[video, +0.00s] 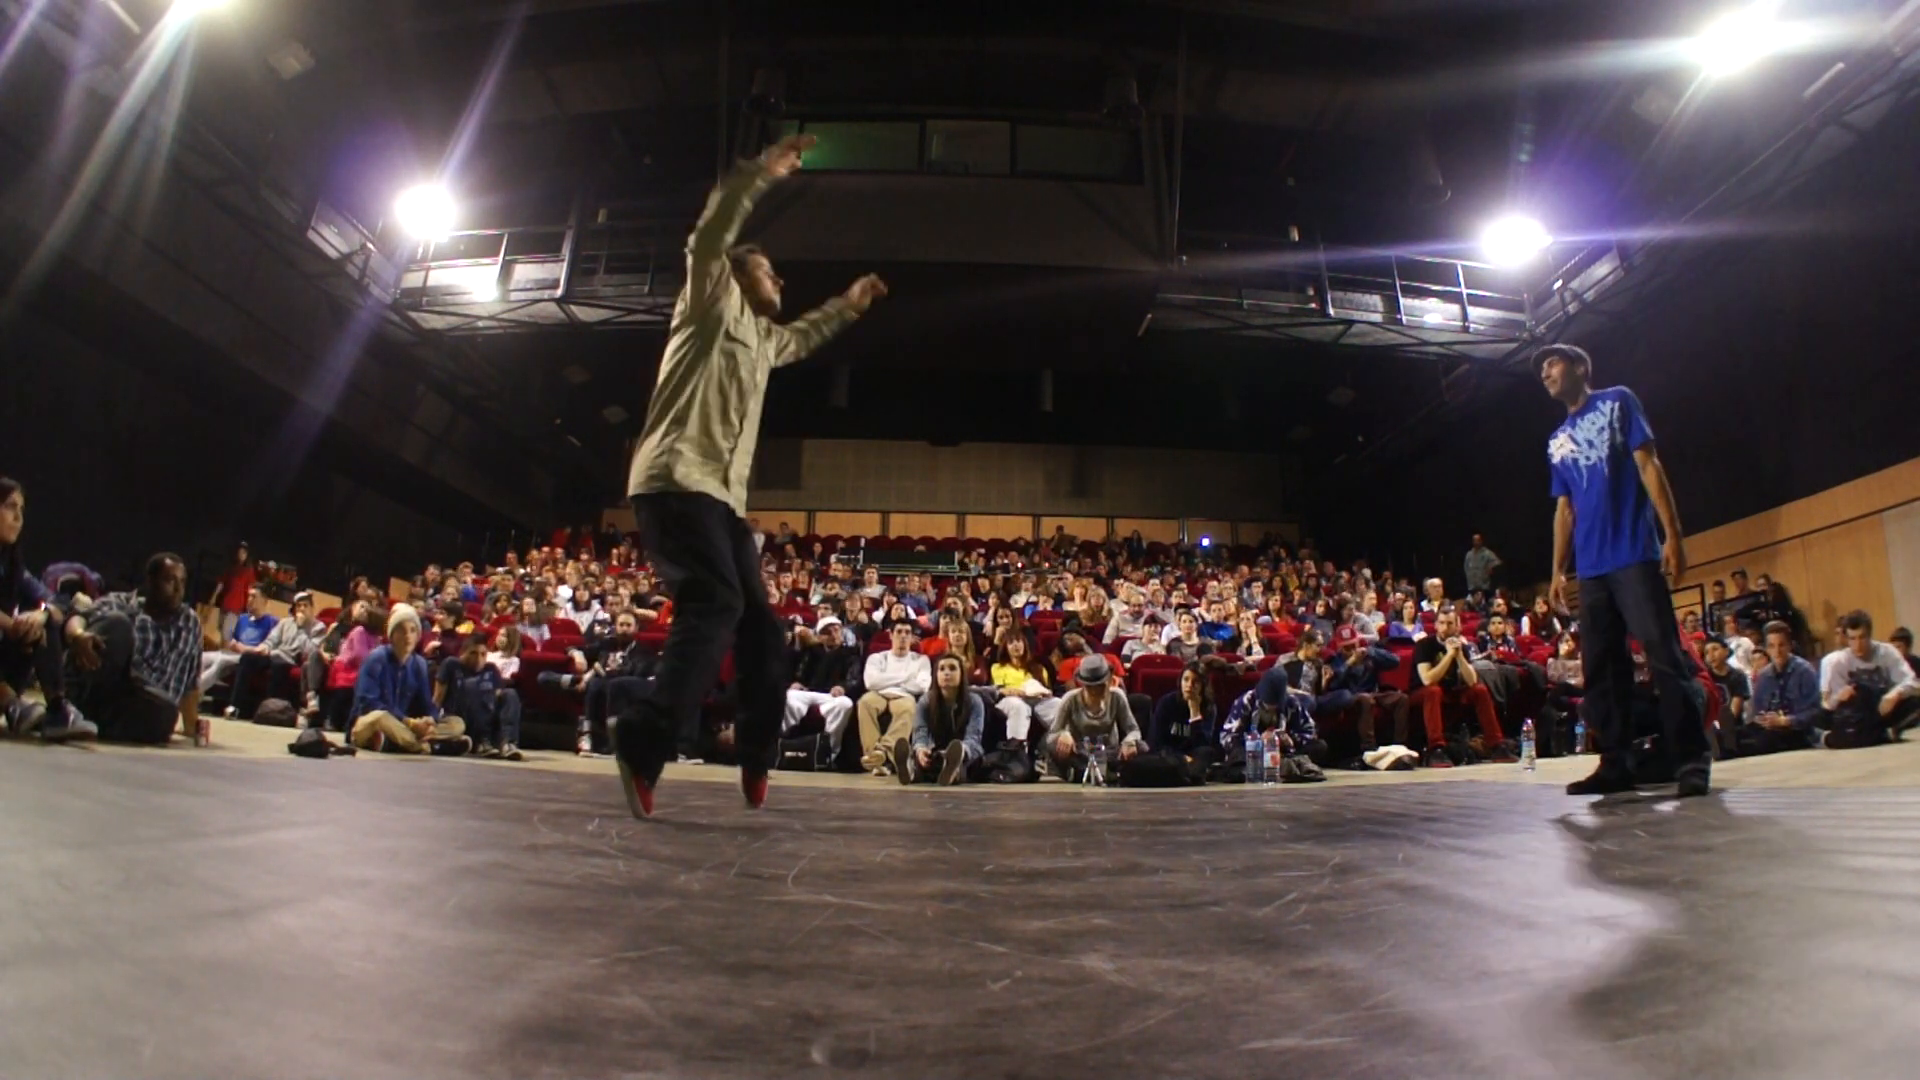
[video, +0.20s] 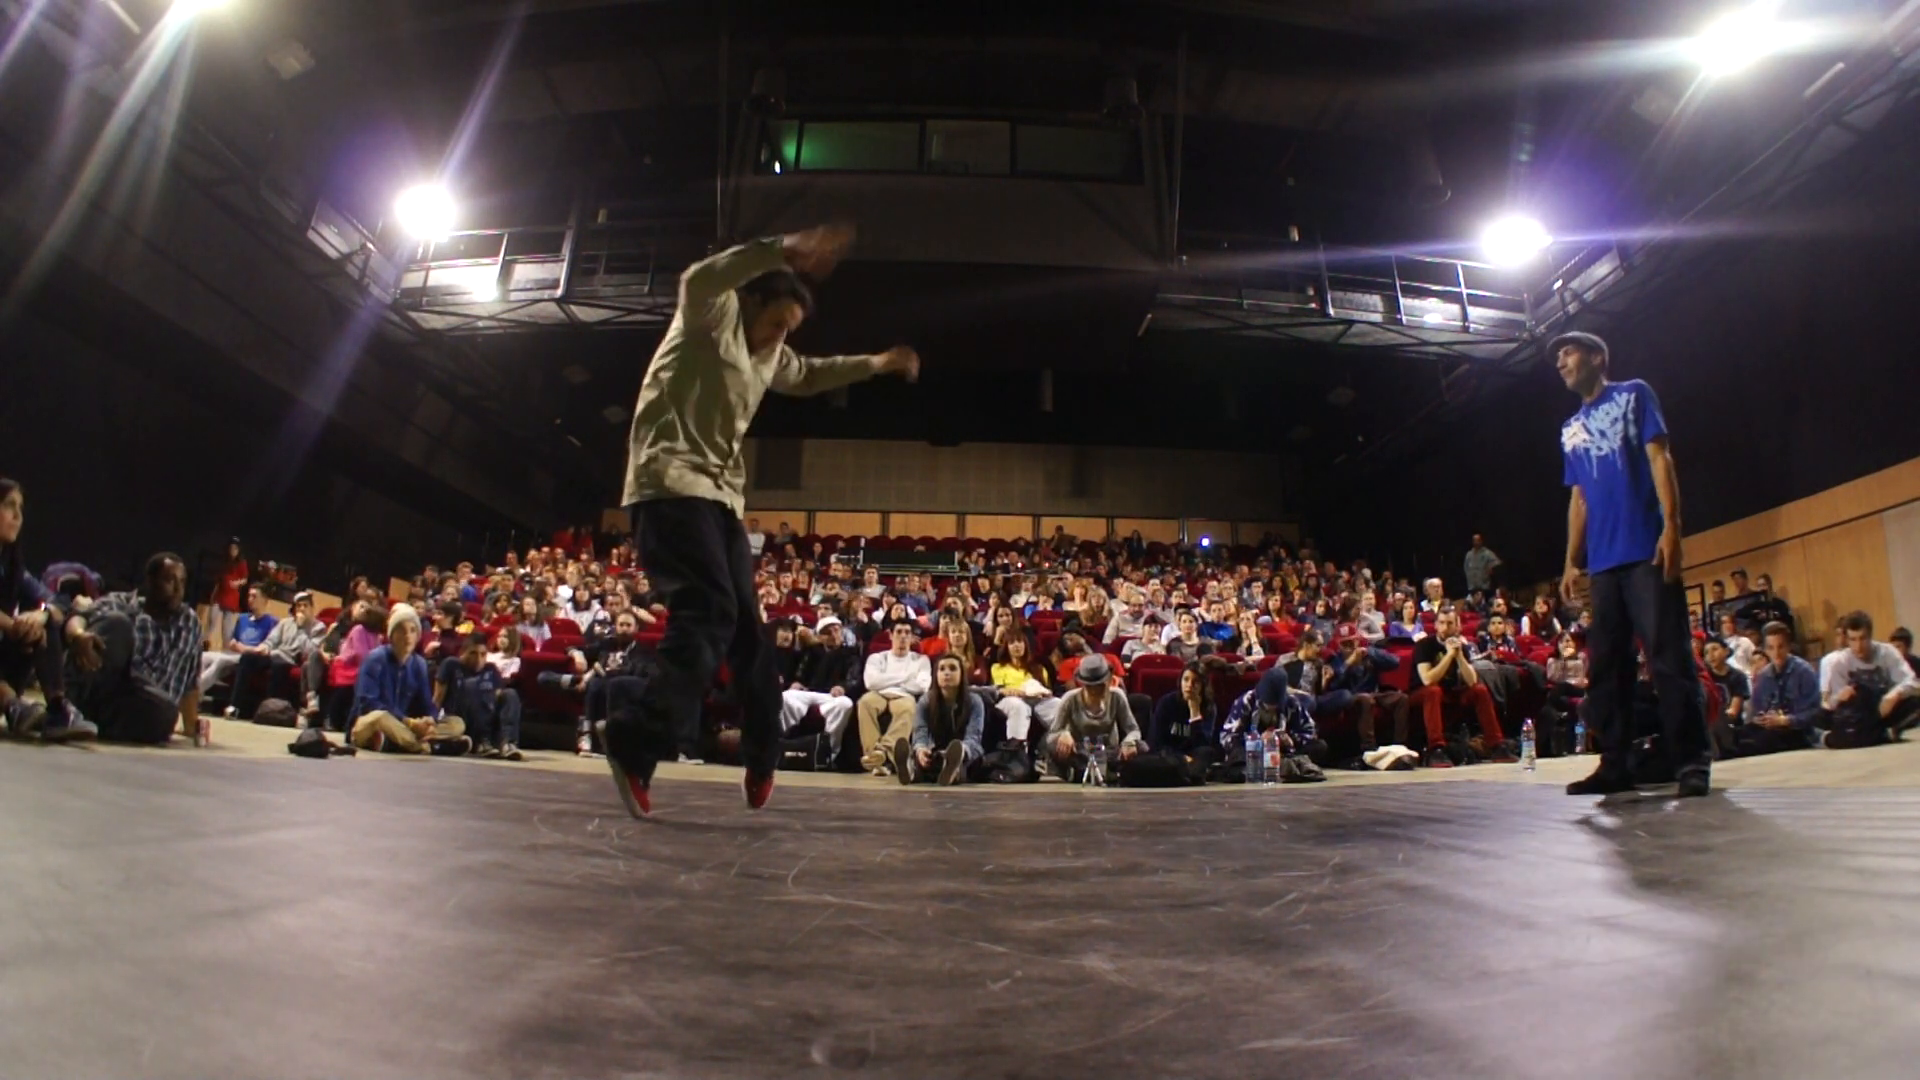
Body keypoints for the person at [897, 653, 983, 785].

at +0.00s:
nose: (947, 673)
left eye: (952, 668)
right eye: (942, 669)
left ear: (961, 674)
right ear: (936, 674)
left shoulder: (974, 701)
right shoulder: (925, 701)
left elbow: (974, 738)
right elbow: (920, 731)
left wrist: (961, 751)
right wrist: (920, 748)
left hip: (962, 750)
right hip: (934, 750)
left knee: (955, 762)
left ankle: (949, 773)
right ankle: (910, 768)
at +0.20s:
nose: (947, 673)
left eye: (953, 668)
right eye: (942, 669)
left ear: (962, 674)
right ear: (936, 674)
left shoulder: (974, 701)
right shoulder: (925, 701)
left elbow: (974, 738)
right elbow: (920, 731)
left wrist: (961, 751)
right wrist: (920, 748)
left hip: (962, 751)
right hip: (934, 750)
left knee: (955, 762)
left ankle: (949, 773)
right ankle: (910, 768)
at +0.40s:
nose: (947, 673)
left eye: (952, 669)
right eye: (942, 669)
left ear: (962, 674)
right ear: (936, 674)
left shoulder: (974, 701)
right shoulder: (925, 701)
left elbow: (974, 738)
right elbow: (920, 730)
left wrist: (961, 751)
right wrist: (920, 748)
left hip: (962, 751)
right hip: (933, 750)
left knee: (955, 762)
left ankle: (949, 773)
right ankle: (910, 768)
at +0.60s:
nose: (947, 674)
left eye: (952, 669)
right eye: (942, 670)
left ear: (961, 674)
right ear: (936, 674)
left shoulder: (974, 701)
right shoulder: (925, 701)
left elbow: (974, 738)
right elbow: (920, 730)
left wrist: (962, 751)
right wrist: (920, 747)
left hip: (962, 751)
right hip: (934, 750)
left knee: (955, 762)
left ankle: (949, 773)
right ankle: (911, 768)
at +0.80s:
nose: (946, 673)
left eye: (952, 668)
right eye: (941, 669)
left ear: (961, 673)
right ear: (935, 674)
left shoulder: (974, 701)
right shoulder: (925, 701)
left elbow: (973, 738)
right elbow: (920, 732)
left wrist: (962, 751)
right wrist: (919, 746)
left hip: (962, 751)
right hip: (933, 751)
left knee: (955, 762)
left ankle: (949, 773)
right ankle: (910, 768)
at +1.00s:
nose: (946, 674)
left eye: (951, 669)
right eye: (941, 670)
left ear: (961, 674)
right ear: (935, 675)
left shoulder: (974, 701)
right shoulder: (925, 701)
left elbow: (974, 737)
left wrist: (962, 752)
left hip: (963, 750)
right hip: (935, 750)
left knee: (956, 763)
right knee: (926, 761)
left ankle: (950, 773)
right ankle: (912, 769)